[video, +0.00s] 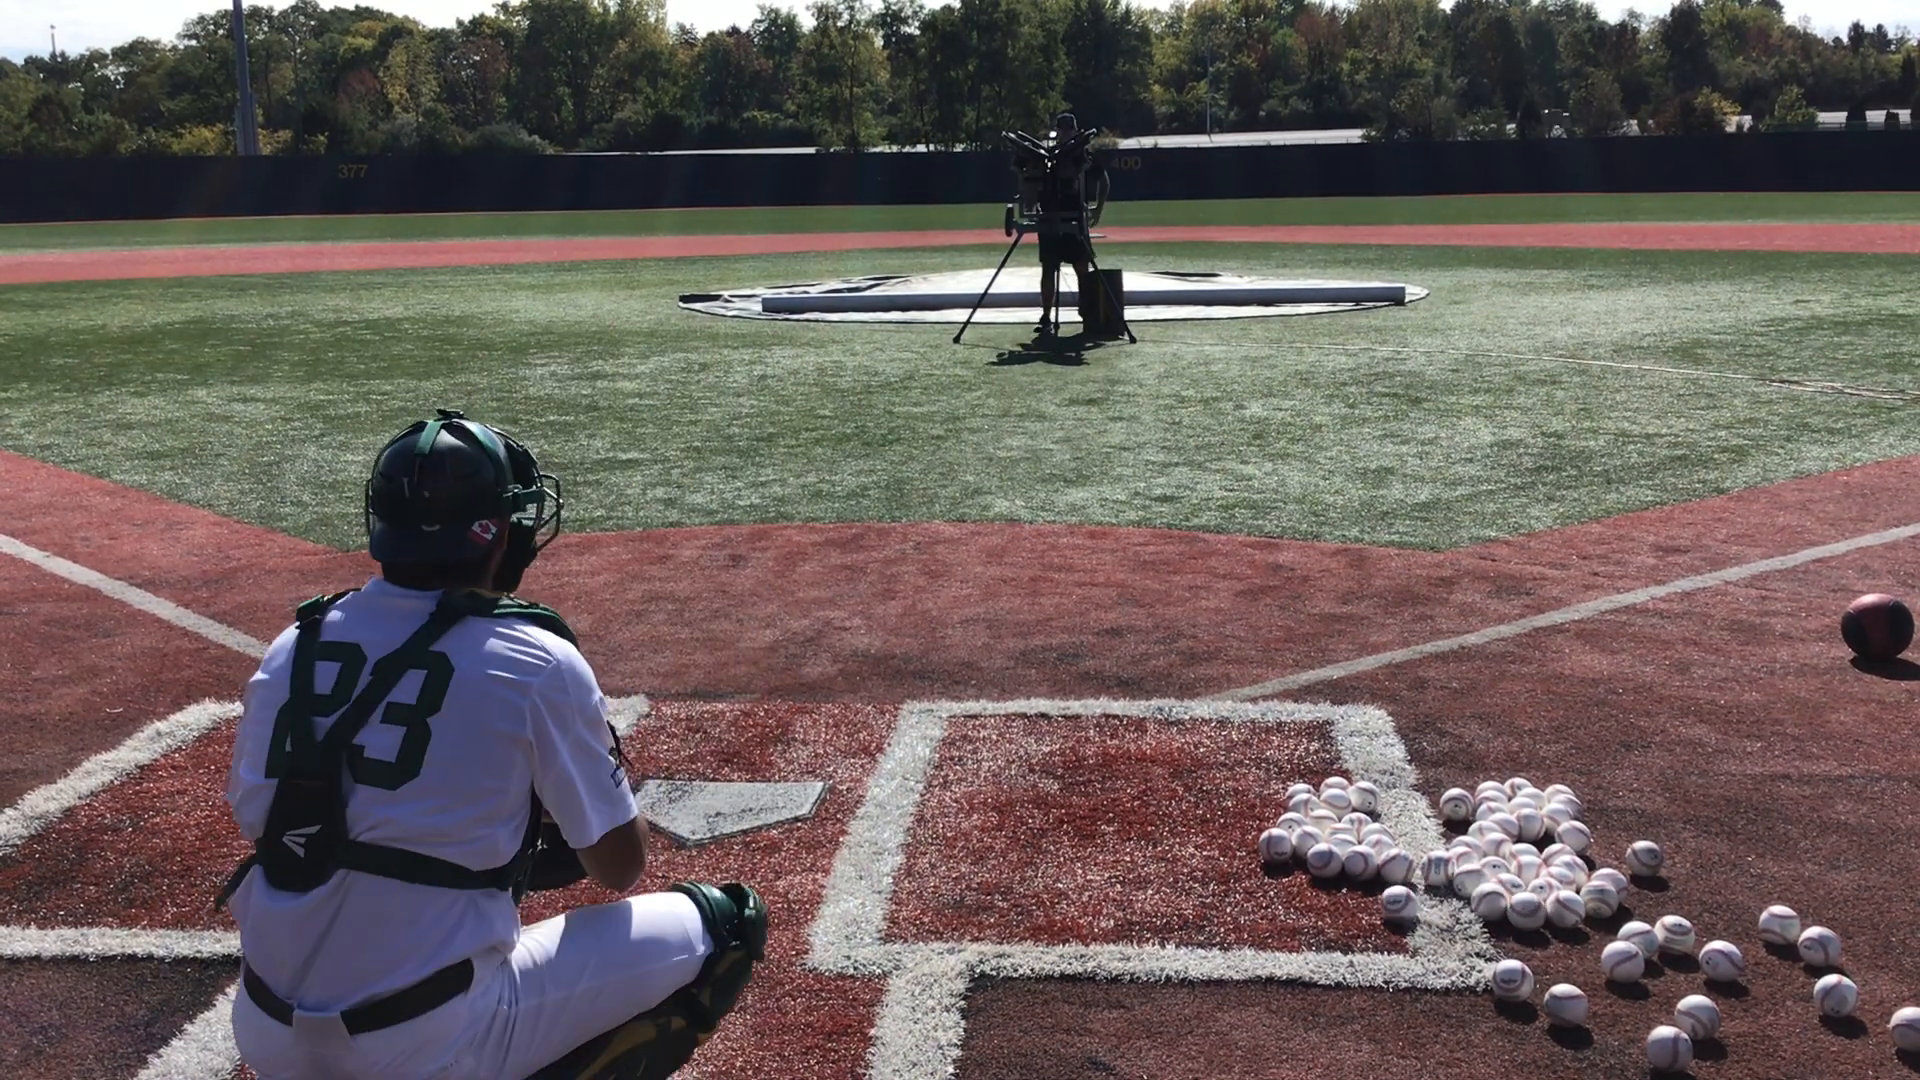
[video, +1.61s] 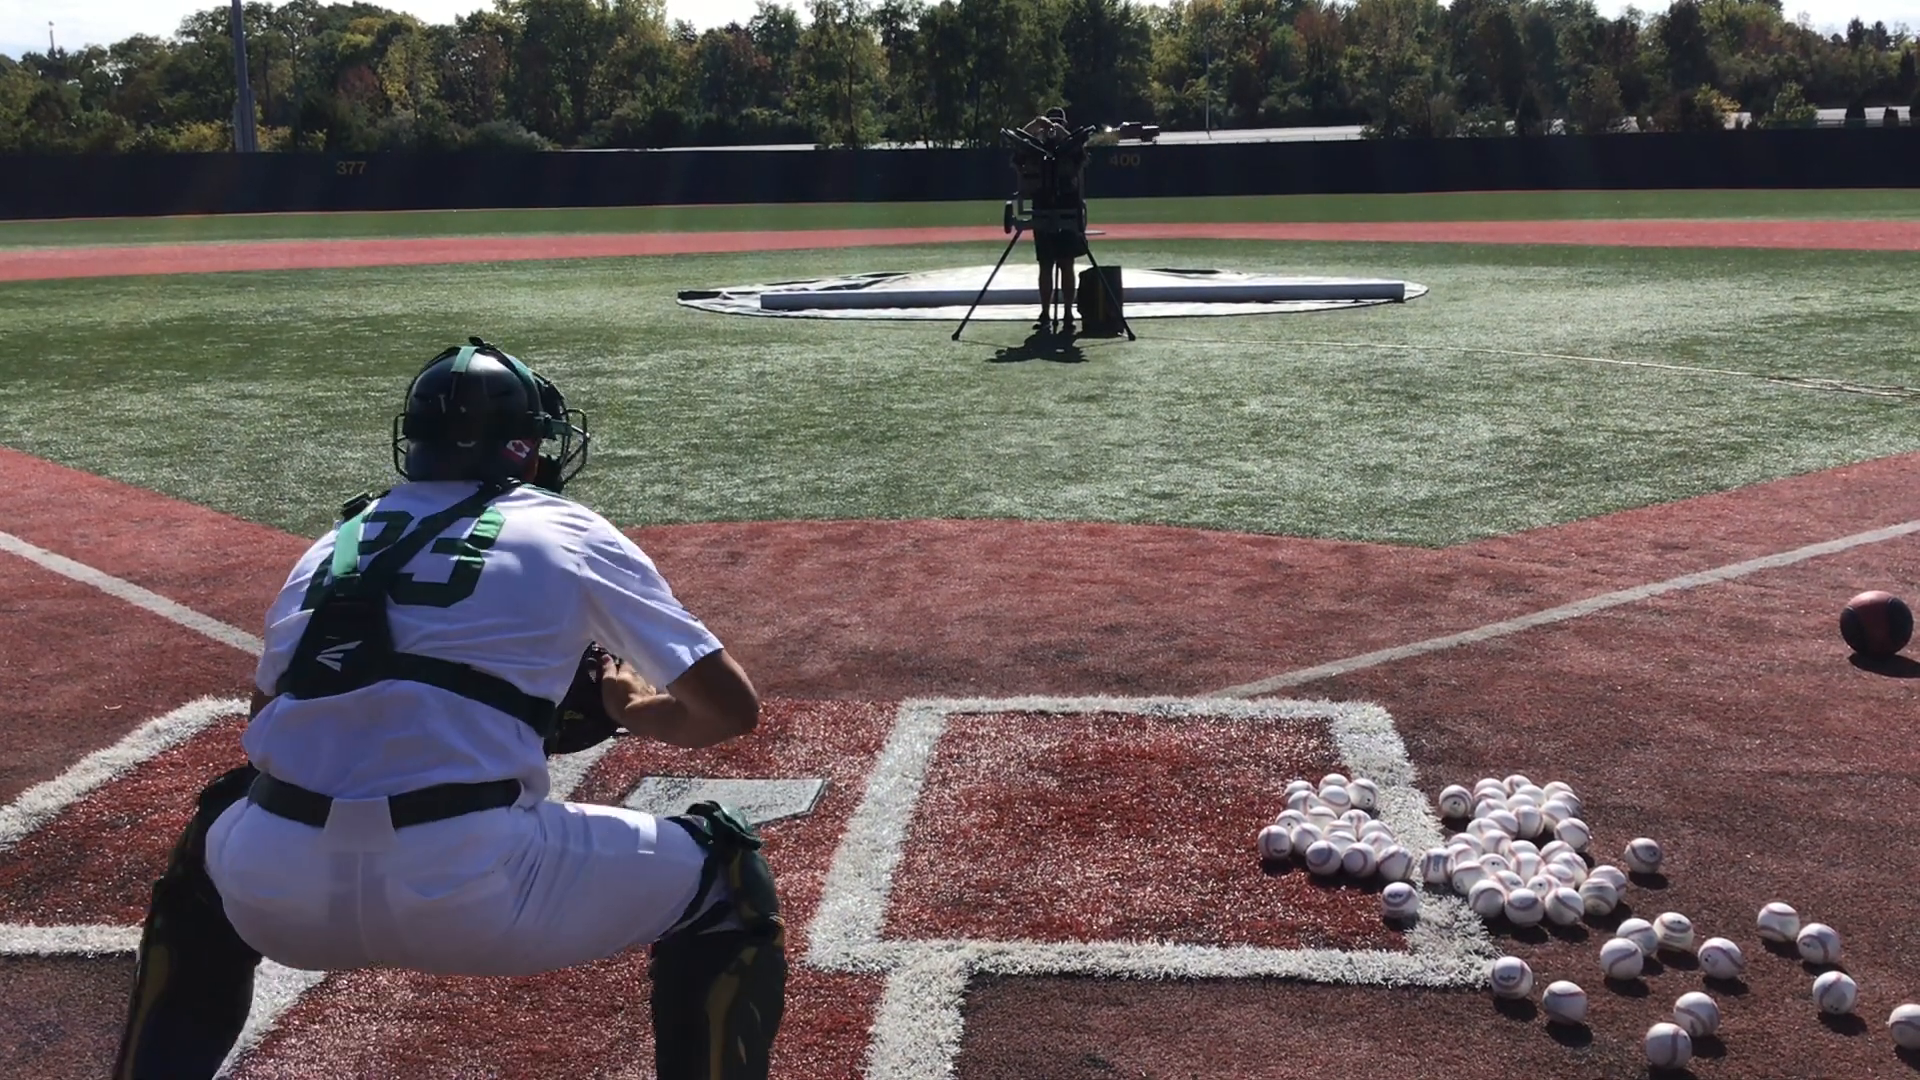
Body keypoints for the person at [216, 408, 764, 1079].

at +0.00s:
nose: (526, 534)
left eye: (521, 517)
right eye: (518, 519)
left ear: (384, 527)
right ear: (493, 540)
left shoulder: (293, 647)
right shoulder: (535, 663)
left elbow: (253, 818)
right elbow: (617, 867)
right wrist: (606, 772)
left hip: (266, 1036)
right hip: (425, 1047)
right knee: (727, 925)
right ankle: (558, 1070)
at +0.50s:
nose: (523, 576)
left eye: (520, 561)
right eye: (515, 565)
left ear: (384, 566)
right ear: (490, 583)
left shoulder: (300, 660)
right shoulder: (526, 683)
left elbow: (242, 838)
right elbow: (613, 888)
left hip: (232, 1045)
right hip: (398, 1058)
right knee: (703, 911)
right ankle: (563, 1064)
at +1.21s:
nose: (530, 565)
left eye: (526, 550)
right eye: (521, 553)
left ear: (390, 560)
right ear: (498, 575)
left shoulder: (303, 660)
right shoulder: (545, 675)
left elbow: (247, 845)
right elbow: (627, 873)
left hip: (245, 1042)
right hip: (416, 1056)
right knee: (701, 907)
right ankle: (560, 1070)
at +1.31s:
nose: (524, 531)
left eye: (521, 516)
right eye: (516, 519)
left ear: (386, 529)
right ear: (497, 537)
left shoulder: (309, 623)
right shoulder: (547, 636)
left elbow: (238, 815)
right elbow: (666, 819)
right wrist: (626, 725)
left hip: (248, 1016)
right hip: (408, 1034)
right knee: (661, 895)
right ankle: (525, 1068)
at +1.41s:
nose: (526, 475)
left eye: (523, 459)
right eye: (519, 462)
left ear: (388, 469)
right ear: (498, 478)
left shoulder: (311, 561)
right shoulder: (543, 565)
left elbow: (236, 747)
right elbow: (687, 736)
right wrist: (597, 691)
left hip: (266, 953)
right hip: (425, 949)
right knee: (665, 860)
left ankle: (341, 1065)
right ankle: (521, 1067)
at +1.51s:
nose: (536, 443)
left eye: (532, 427)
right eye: (529, 429)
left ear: (402, 433)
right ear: (510, 441)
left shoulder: (327, 519)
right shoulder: (558, 521)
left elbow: (245, 700)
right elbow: (711, 697)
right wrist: (608, 684)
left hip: (269, 880)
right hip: (446, 888)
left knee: (243, 793)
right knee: (705, 824)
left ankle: (255, 1068)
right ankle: (620, 1066)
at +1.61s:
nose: (548, 457)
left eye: (543, 441)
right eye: (541, 442)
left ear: (414, 449)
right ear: (520, 452)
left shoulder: (332, 543)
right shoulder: (565, 532)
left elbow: (268, 703)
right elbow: (727, 710)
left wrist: (503, 711)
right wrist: (627, 701)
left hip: (275, 878)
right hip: (469, 882)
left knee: (224, 819)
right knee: (720, 869)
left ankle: (153, 1064)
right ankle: (710, 1061)